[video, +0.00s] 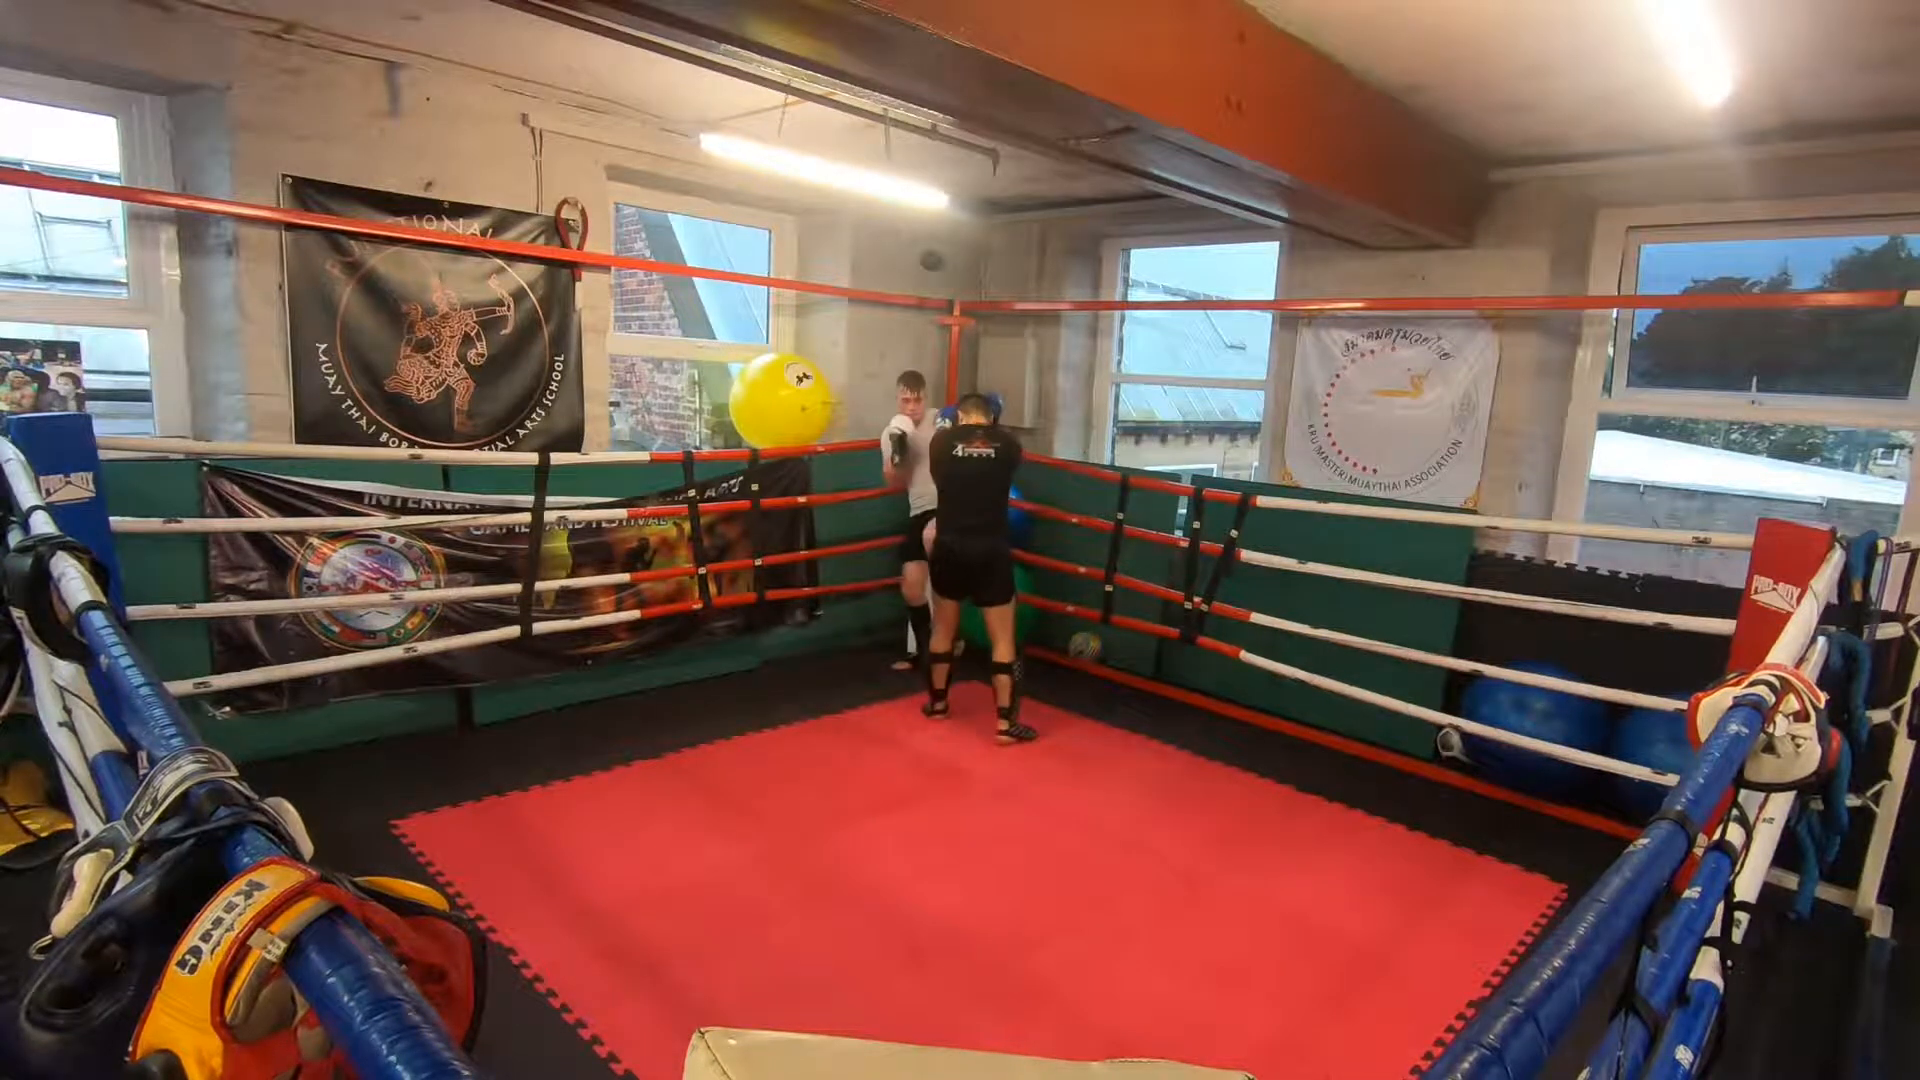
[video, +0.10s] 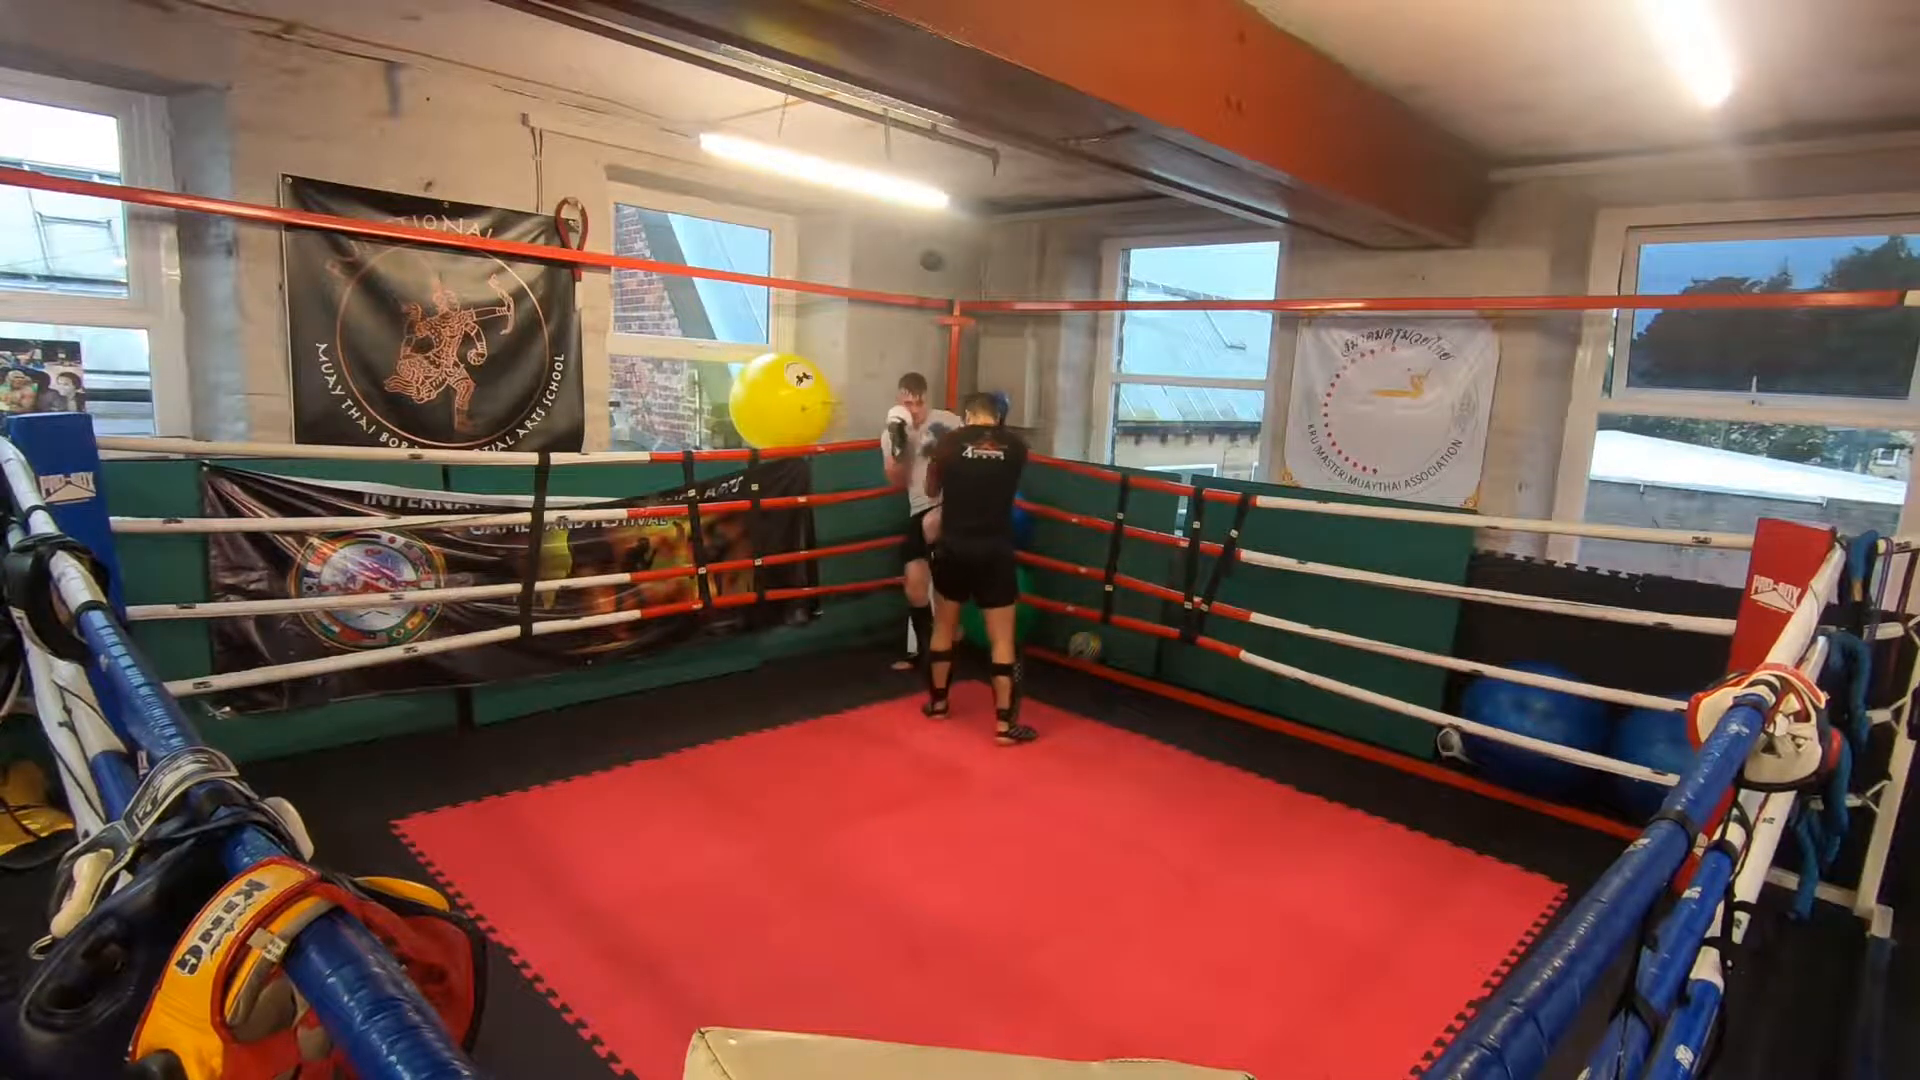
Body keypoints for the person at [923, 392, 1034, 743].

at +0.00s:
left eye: (963, 413)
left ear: (959, 414)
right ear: (993, 416)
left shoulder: (940, 441)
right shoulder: (1007, 443)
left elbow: (938, 477)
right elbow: (1009, 461)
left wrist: (964, 433)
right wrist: (982, 431)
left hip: (950, 548)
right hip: (992, 550)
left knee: (943, 629)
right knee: (1002, 639)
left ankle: (937, 702)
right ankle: (1005, 722)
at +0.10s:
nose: (966, 422)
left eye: (965, 417)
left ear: (965, 417)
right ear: (999, 418)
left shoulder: (949, 443)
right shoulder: (1016, 447)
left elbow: (931, 489)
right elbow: (1003, 487)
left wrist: (946, 457)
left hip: (954, 549)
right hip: (995, 551)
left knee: (944, 626)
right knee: (1002, 638)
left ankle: (938, 701)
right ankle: (1005, 723)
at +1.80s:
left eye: (989, 414)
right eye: (1023, 417)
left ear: (985, 414)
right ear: (1025, 418)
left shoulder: (965, 445)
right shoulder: (1039, 454)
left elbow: (950, 474)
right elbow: (1038, 481)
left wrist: (965, 433)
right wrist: (1027, 433)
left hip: (965, 566)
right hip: (1011, 572)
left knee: (951, 644)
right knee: (1011, 664)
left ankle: (931, 727)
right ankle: (1005, 755)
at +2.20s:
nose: (1058, 436)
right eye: (1058, 432)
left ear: (1015, 424)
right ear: (1054, 432)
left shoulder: (988, 455)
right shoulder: (1062, 468)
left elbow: (987, 447)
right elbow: (1063, 459)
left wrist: (1006, 431)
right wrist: (1044, 438)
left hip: (984, 573)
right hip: (1030, 581)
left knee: (975, 649)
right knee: (1051, 666)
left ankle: (965, 729)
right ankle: (1028, 756)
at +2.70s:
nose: (1071, 423)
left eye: (1071, 417)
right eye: (1080, 419)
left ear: (1073, 417)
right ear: (1109, 420)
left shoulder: (1047, 454)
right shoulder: (1126, 469)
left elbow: (998, 500)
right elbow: (1087, 498)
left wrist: (996, 463)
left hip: (1037, 587)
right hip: (1088, 595)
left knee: (1006, 663)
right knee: (1071, 684)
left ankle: (1009, 759)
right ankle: (1057, 779)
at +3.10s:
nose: (1058, 429)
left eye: (1058, 422)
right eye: (1060, 423)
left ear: (1066, 421)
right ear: (1099, 419)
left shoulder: (1056, 460)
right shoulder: (1129, 464)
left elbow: (1025, 528)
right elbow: (1103, 519)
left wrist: (1003, 511)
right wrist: (1038, 505)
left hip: (1062, 595)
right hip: (1109, 596)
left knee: (1047, 697)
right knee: (1102, 682)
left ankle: (1054, 801)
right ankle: (1118, 780)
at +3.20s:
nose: (1059, 441)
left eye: (1058, 436)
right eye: (1060, 436)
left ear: (1067, 432)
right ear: (1098, 430)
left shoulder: (1066, 470)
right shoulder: (1125, 472)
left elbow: (1042, 540)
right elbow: (1097, 521)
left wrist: (1000, 531)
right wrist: (1056, 478)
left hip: (1070, 607)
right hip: (1118, 607)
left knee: (1011, 688)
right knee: (1126, 700)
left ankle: (1032, 787)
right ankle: (1180, 791)